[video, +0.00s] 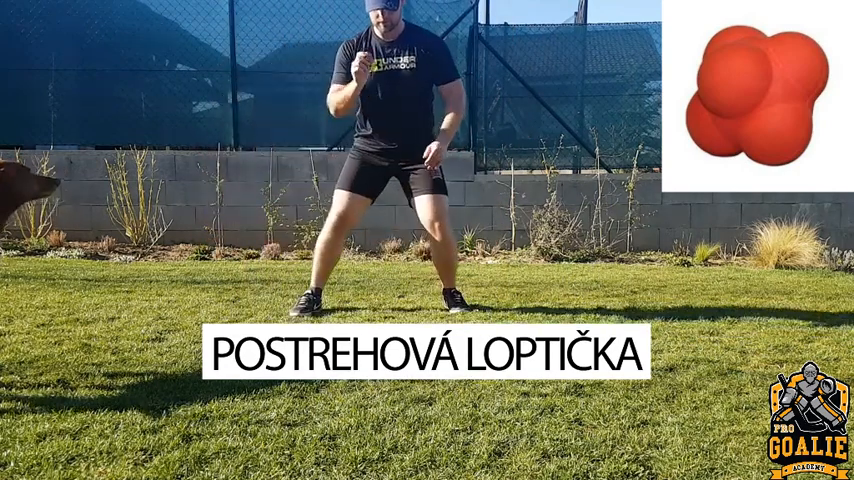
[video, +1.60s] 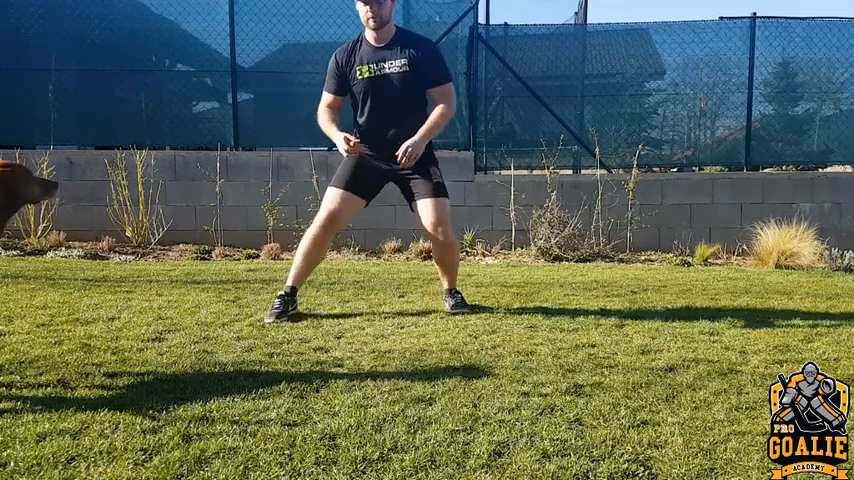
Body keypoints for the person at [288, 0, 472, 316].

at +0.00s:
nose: (382, 16)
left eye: (389, 9)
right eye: (376, 10)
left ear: (401, 6)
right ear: (367, 10)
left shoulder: (429, 45)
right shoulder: (351, 49)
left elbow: (456, 100)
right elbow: (336, 108)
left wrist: (442, 142)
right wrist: (357, 82)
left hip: (418, 149)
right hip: (369, 148)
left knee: (437, 227)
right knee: (338, 218)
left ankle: (451, 293)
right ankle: (313, 294)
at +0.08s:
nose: (381, 17)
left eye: (388, 9)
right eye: (374, 10)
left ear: (400, 6)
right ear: (366, 11)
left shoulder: (426, 46)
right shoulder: (350, 50)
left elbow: (452, 102)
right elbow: (336, 109)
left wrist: (439, 140)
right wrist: (359, 88)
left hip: (416, 150)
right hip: (368, 148)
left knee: (436, 226)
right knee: (337, 218)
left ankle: (451, 292)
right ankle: (313, 295)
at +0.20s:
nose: (379, 17)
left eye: (385, 10)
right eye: (372, 11)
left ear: (397, 8)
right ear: (364, 12)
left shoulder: (424, 48)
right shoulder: (348, 52)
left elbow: (445, 103)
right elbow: (336, 109)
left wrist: (434, 136)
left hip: (413, 149)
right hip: (364, 149)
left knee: (436, 224)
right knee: (335, 220)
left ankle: (451, 292)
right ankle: (314, 295)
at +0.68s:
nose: (368, 20)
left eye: (375, 13)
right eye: (362, 13)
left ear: (391, 11)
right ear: (354, 14)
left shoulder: (416, 55)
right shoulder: (337, 57)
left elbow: (436, 112)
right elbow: (314, 106)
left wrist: (431, 154)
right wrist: (303, 138)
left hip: (403, 151)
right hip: (354, 150)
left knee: (424, 220)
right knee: (328, 214)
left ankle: (450, 291)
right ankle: (310, 289)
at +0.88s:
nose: (321, 43)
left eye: (328, 34)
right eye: (314, 35)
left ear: (345, 31)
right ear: (307, 35)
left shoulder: (377, 70)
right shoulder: (301, 84)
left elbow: (407, 118)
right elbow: (282, 126)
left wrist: (399, 166)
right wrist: (259, 154)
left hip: (380, 162)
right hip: (331, 164)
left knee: (416, 228)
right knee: (297, 219)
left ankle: (449, 291)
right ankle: (277, 299)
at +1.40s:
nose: (323, 24)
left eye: (330, 15)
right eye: (316, 18)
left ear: (345, 17)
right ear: (309, 24)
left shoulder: (377, 61)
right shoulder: (297, 77)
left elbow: (407, 114)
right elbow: (282, 131)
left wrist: (385, 158)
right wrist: (302, 164)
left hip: (382, 157)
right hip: (332, 163)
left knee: (420, 230)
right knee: (301, 221)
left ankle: (448, 291)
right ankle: (277, 300)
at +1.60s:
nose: (372, 7)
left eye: (379, 1)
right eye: (365, 2)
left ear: (392, 4)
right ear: (358, 7)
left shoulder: (422, 49)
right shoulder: (344, 57)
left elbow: (446, 104)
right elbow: (325, 111)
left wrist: (421, 139)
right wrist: (338, 136)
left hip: (416, 151)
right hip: (366, 151)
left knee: (438, 228)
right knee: (326, 219)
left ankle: (451, 290)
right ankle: (288, 295)